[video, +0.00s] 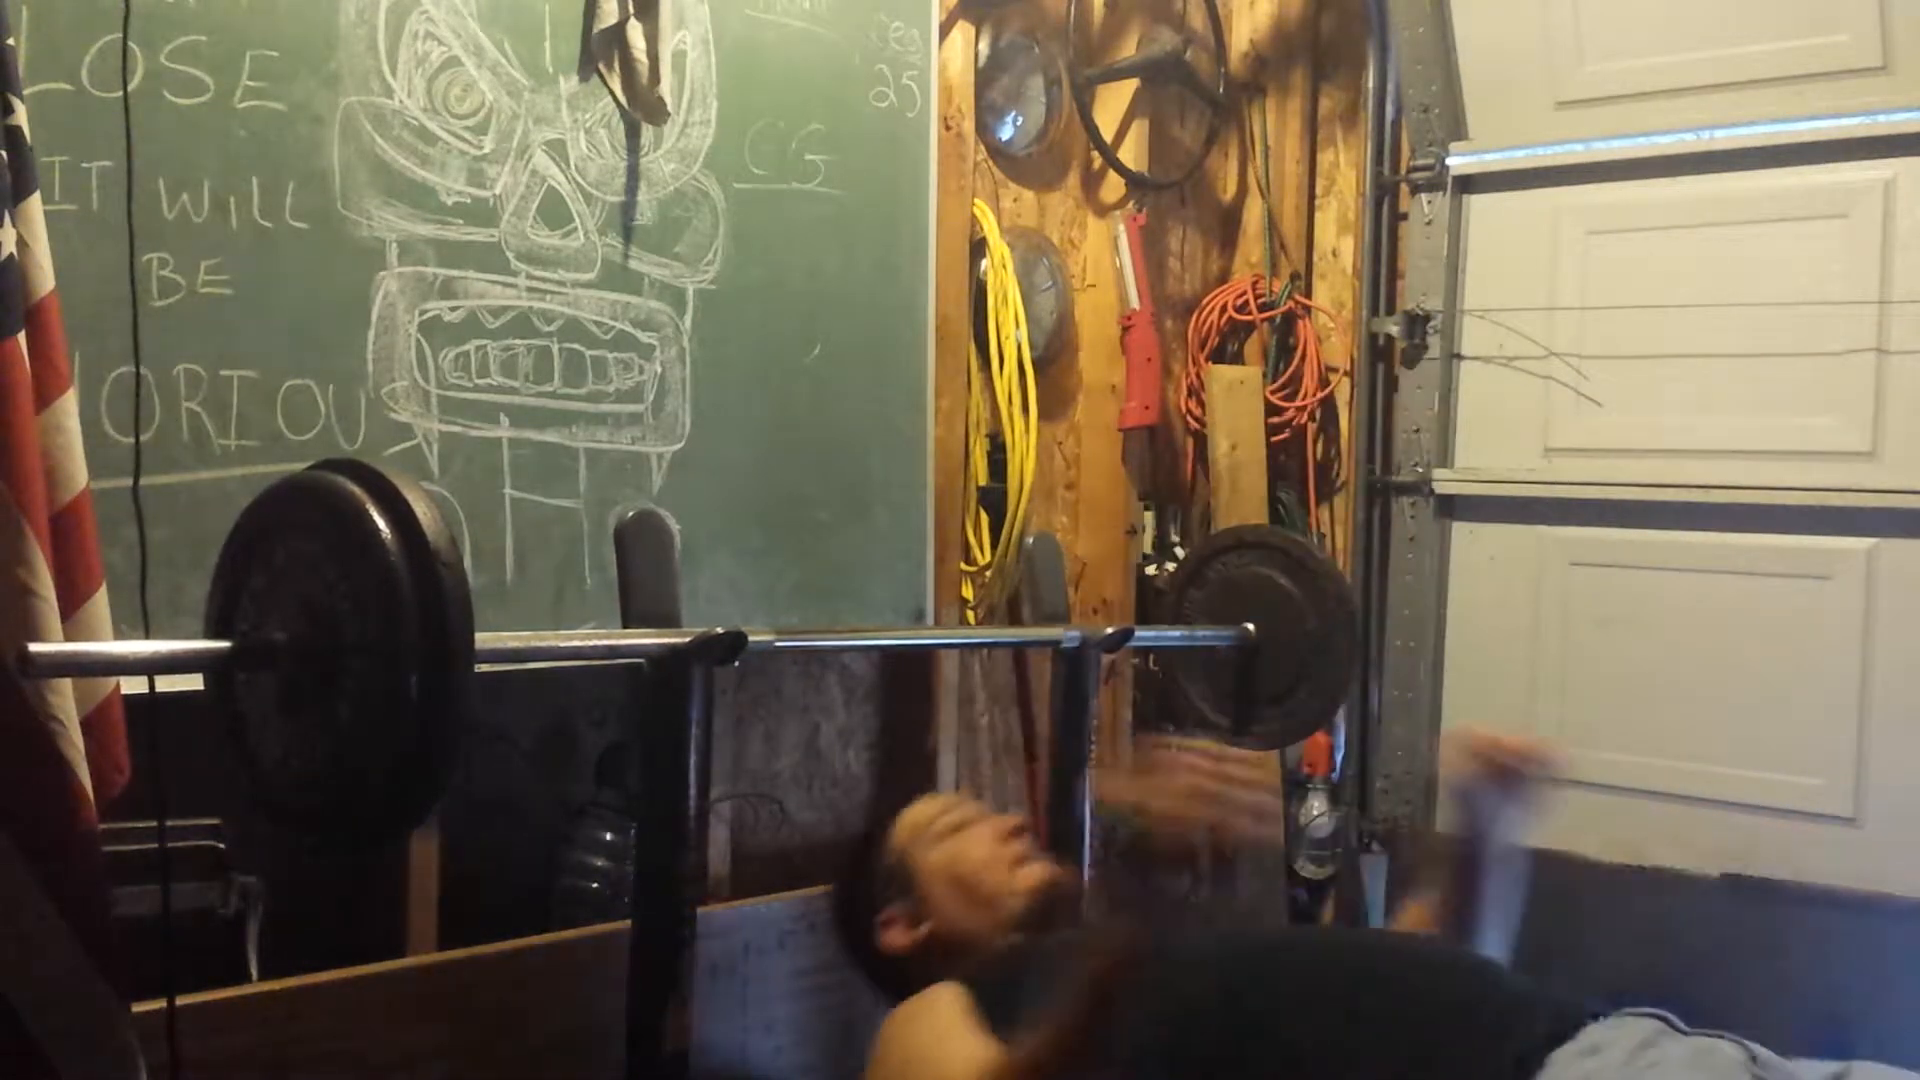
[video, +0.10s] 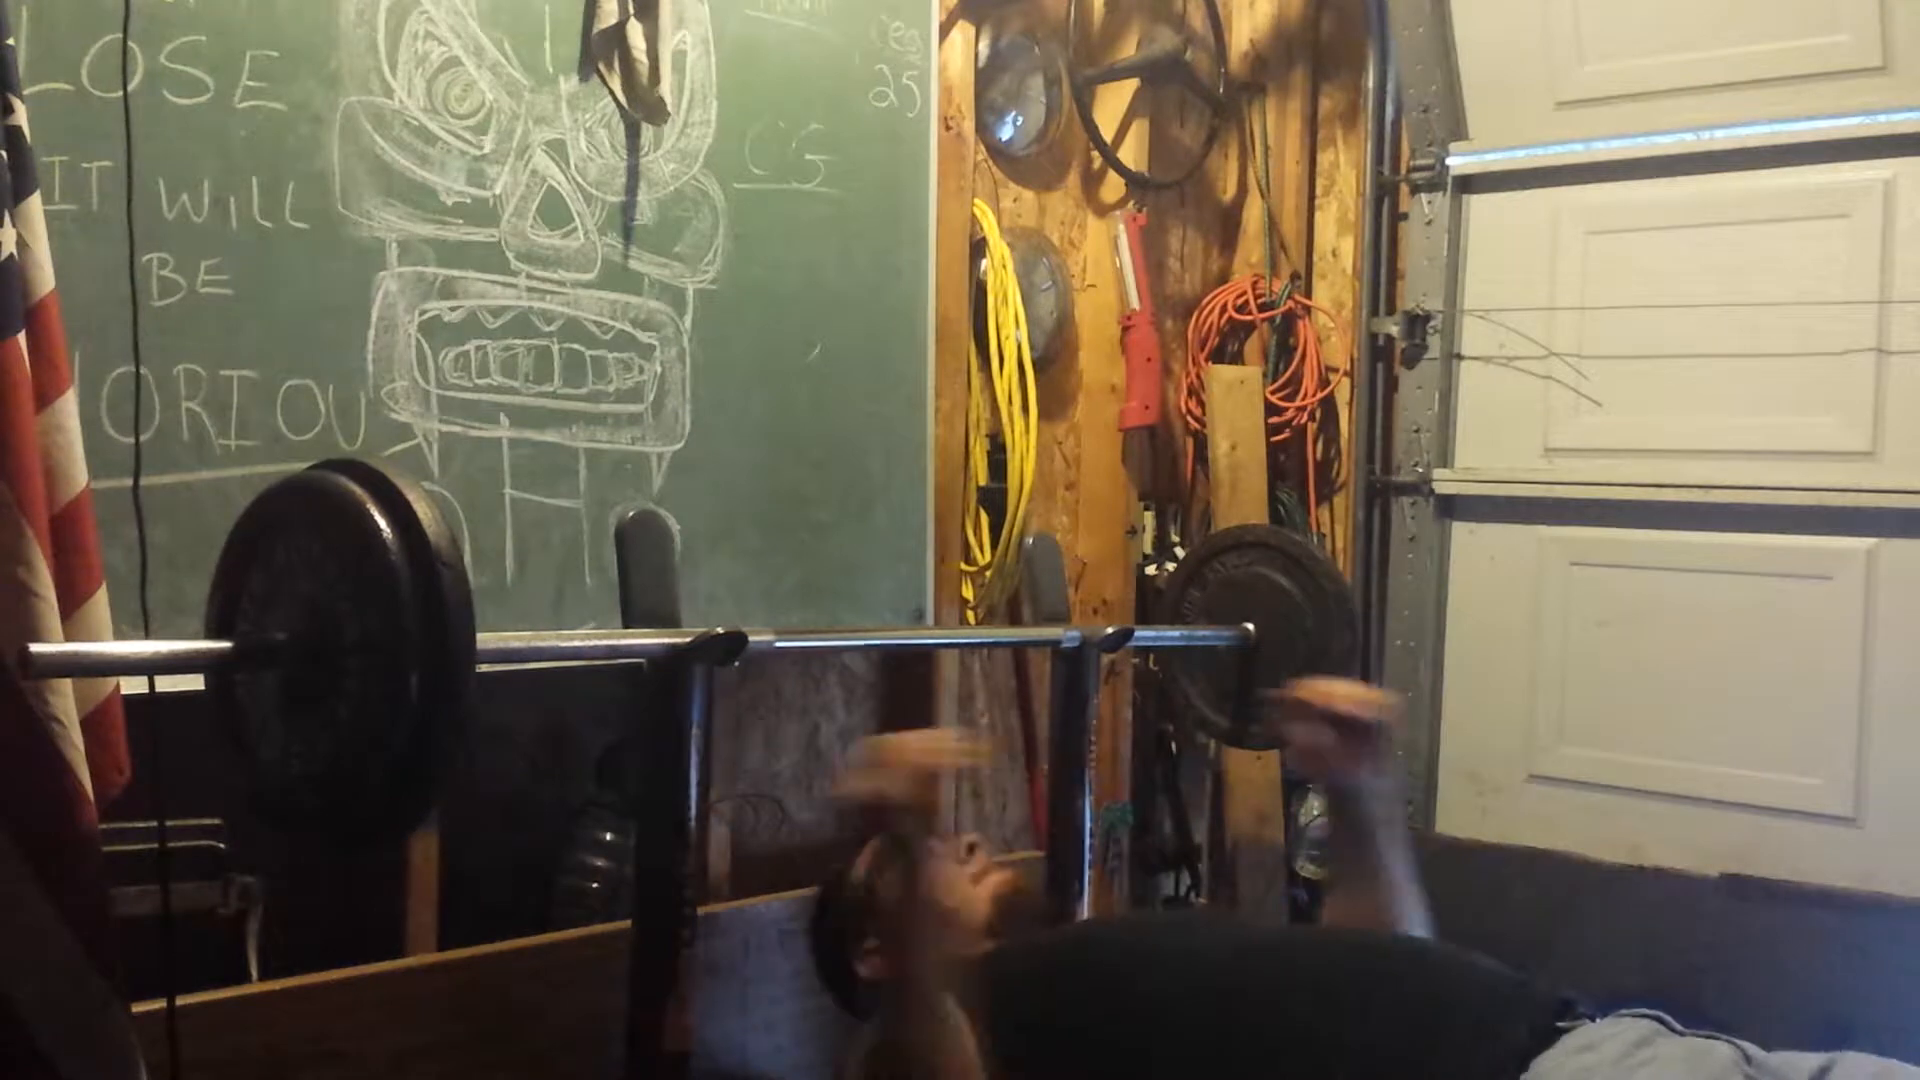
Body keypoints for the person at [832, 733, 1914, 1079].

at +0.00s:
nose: (1015, 833)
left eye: (1006, 822)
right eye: (969, 833)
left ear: (1036, 852)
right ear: (905, 931)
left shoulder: (1135, 960)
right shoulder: (947, 1016)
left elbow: (1419, 986)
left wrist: (1480, 829)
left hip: (1587, 1040)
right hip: (1537, 1064)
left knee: (1861, 1068)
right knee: (1848, 1068)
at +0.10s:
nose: (988, 863)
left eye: (980, 848)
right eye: (943, 863)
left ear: (1011, 874)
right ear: (885, 958)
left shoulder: (1126, 969)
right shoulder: (967, 1024)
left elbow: (1386, 996)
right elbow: (921, 1071)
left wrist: (1360, 798)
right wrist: (918, 965)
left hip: (1593, 1039)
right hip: (1547, 1068)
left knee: (1893, 1070)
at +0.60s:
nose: (947, 902)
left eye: (932, 894)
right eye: (909, 923)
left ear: (968, 903)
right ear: (892, 974)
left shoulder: (1162, 966)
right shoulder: (980, 1052)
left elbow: (1344, 877)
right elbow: (885, 975)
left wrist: (1150, 779)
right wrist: (708, 869)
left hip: (1641, 1041)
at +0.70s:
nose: (946, 904)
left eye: (929, 897)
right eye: (906, 919)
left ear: (955, 911)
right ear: (909, 965)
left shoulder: (1151, 965)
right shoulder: (964, 1051)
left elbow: (1337, 873)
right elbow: (869, 947)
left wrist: (1147, 770)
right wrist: (683, 875)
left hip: (1635, 1046)